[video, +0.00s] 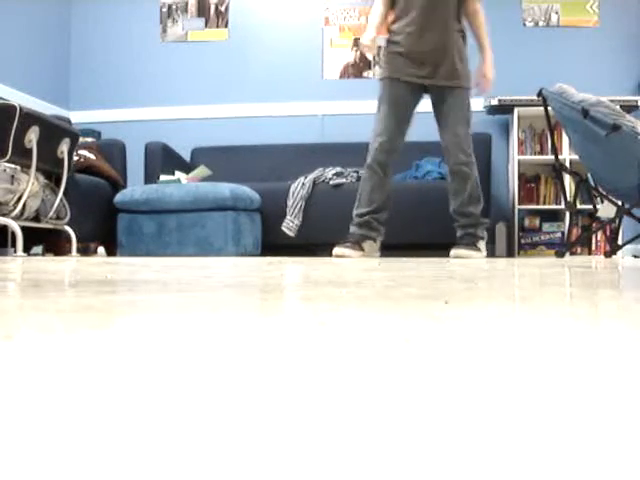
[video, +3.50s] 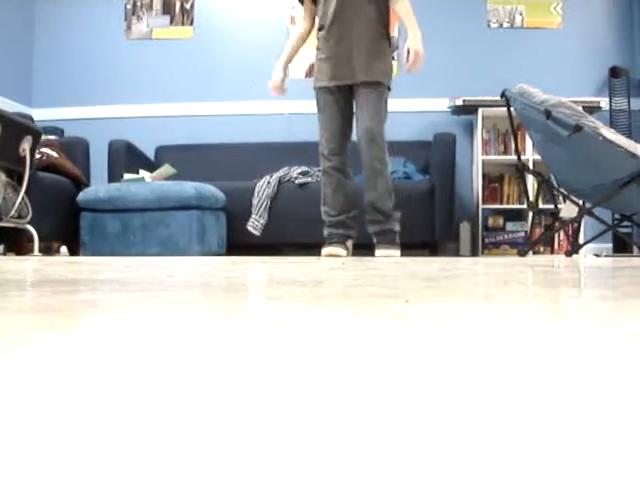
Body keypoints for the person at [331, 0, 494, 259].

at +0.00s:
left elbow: (472, 7)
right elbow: (383, 5)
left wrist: (486, 58)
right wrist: (370, 34)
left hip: (449, 60)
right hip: (401, 58)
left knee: (459, 154)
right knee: (381, 149)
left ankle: (470, 238)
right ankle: (364, 238)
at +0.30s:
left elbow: (501, 6)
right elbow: (404, 3)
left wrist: (522, 51)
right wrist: (397, 36)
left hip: (468, 57)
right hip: (422, 52)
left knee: (467, 151)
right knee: (412, 127)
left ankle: (470, 234)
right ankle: (388, 224)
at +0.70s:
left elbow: (484, 5)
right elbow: (397, 4)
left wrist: (488, 46)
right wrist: (385, 41)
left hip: (462, 56)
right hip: (416, 54)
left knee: (464, 149)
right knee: (407, 142)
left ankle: (470, 237)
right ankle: (400, 235)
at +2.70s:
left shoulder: (470, 3)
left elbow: (477, 22)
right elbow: (389, 8)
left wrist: (489, 73)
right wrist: (381, 49)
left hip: (445, 73)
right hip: (401, 67)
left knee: (447, 158)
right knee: (389, 152)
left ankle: (449, 238)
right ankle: (375, 236)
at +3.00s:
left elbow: (437, 15)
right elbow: (349, 12)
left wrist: (451, 62)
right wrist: (348, 51)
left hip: (410, 72)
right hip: (365, 69)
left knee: (419, 157)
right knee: (355, 154)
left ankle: (431, 238)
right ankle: (348, 238)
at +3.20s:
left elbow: (409, 7)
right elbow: (324, 16)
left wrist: (422, 46)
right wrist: (319, 60)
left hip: (389, 67)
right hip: (344, 68)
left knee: (401, 151)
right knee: (342, 156)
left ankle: (412, 234)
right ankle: (344, 237)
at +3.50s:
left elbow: (399, 4)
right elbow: (305, 24)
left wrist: (415, 35)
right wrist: (282, 64)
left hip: (373, 60)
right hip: (328, 64)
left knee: (372, 143)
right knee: (331, 154)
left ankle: (385, 235)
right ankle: (337, 236)